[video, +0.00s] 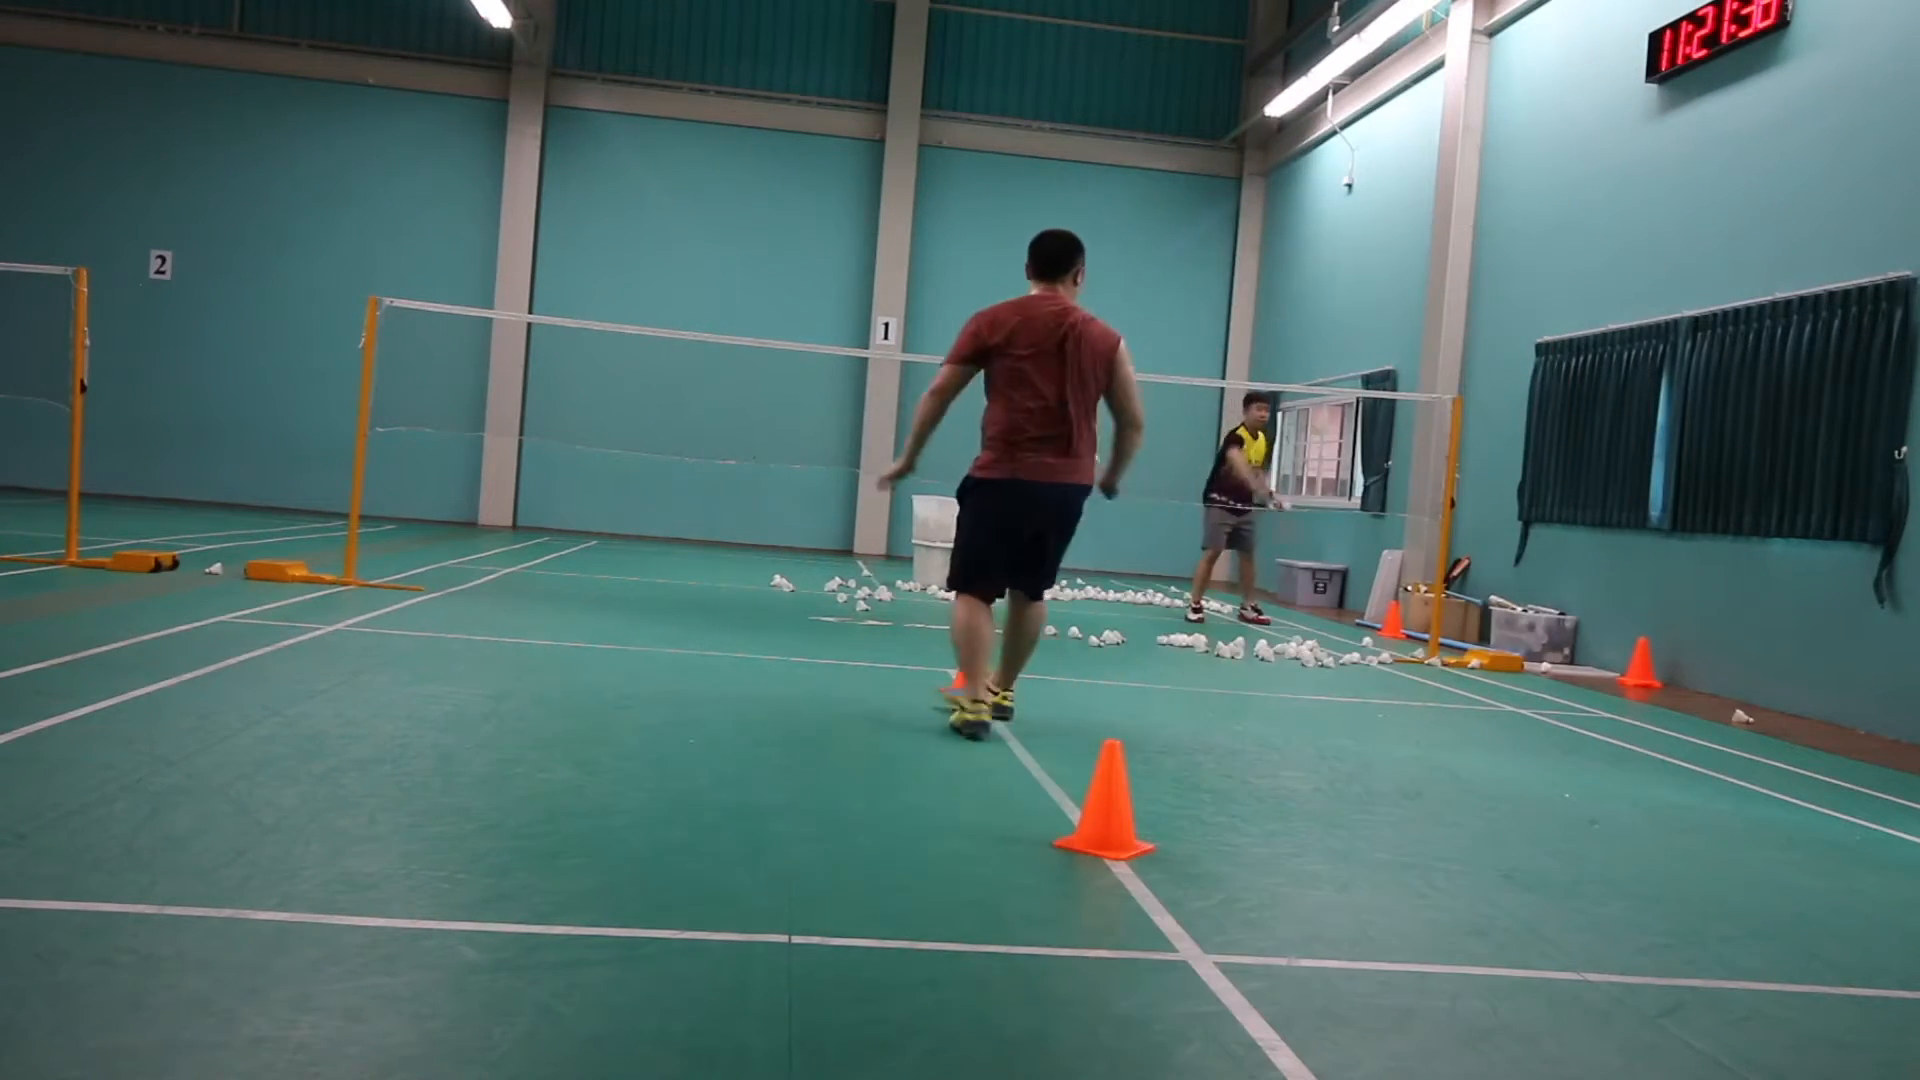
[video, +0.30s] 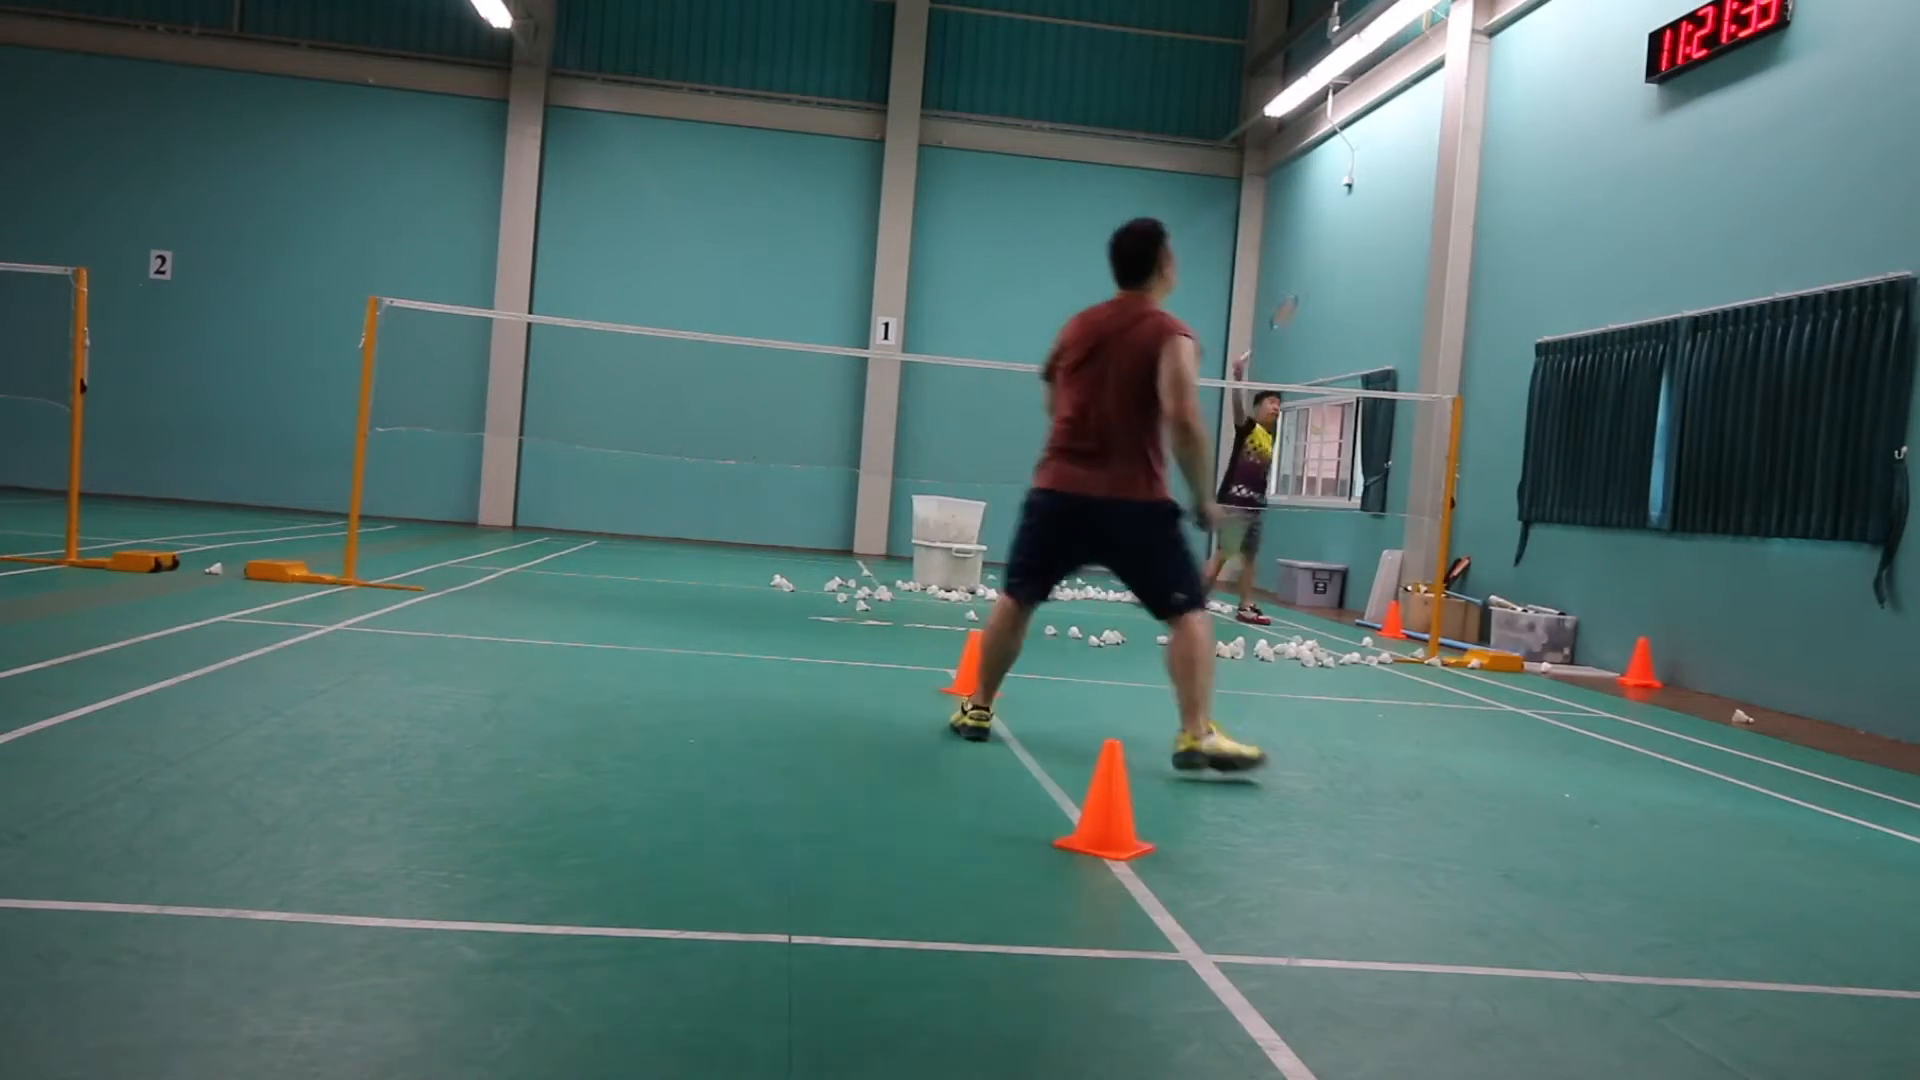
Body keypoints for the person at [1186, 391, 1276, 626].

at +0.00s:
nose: (1263, 414)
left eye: (1266, 410)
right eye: (1258, 409)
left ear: (1269, 415)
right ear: (1245, 412)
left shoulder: (1263, 440)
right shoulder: (1235, 438)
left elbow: (1259, 472)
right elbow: (1239, 468)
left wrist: (1269, 493)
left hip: (1245, 504)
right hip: (1221, 501)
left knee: (1247, 554)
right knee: (1213, 551)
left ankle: (1248, 604)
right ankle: (1196, 603)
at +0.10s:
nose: (1267, 414)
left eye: (1269, 409)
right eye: (1262, 408)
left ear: (1273, 414)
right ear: (1250, 411)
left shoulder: (1266, 438)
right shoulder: (1239, 433)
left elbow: (1261, 467)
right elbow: (1243, 434)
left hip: (1244, 503)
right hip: (1221, 500)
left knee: (1244, 555)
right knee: (1215, 551)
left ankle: (1247, 604)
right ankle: (1196, 602)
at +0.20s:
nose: (1275, 411)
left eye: (1277, 407)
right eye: (1270, 405)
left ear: (1275, 411)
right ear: (1257, 407)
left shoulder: (1266, 438)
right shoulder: (1246, 429)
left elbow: (1258, 468)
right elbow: (1246, 410)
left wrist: (1257, 491)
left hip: (1250, 501)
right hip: (1229, 499)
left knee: (1245, 557)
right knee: (1222, 551)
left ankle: (1246, 605)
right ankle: (1196, 600)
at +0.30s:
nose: (1275, 408)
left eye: (1278, 404)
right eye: (1271, 402)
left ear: (1277, 410)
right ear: (1257, 407)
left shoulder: (1271, 438)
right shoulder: (1245, 427)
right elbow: (1238, 404)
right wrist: (1237, 376)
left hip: (1256, 500)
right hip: (1234, 498)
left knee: (1249, 558)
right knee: (1223, 553)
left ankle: (1246, 604)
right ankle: (1199, 598)